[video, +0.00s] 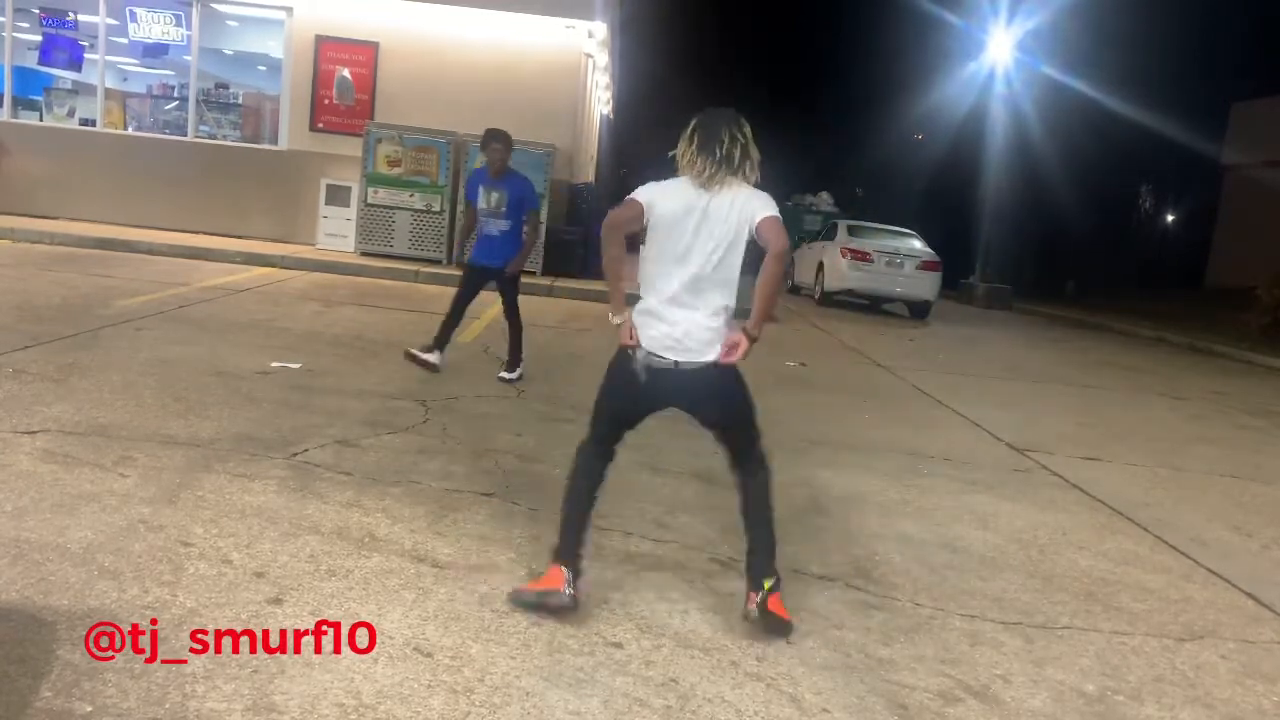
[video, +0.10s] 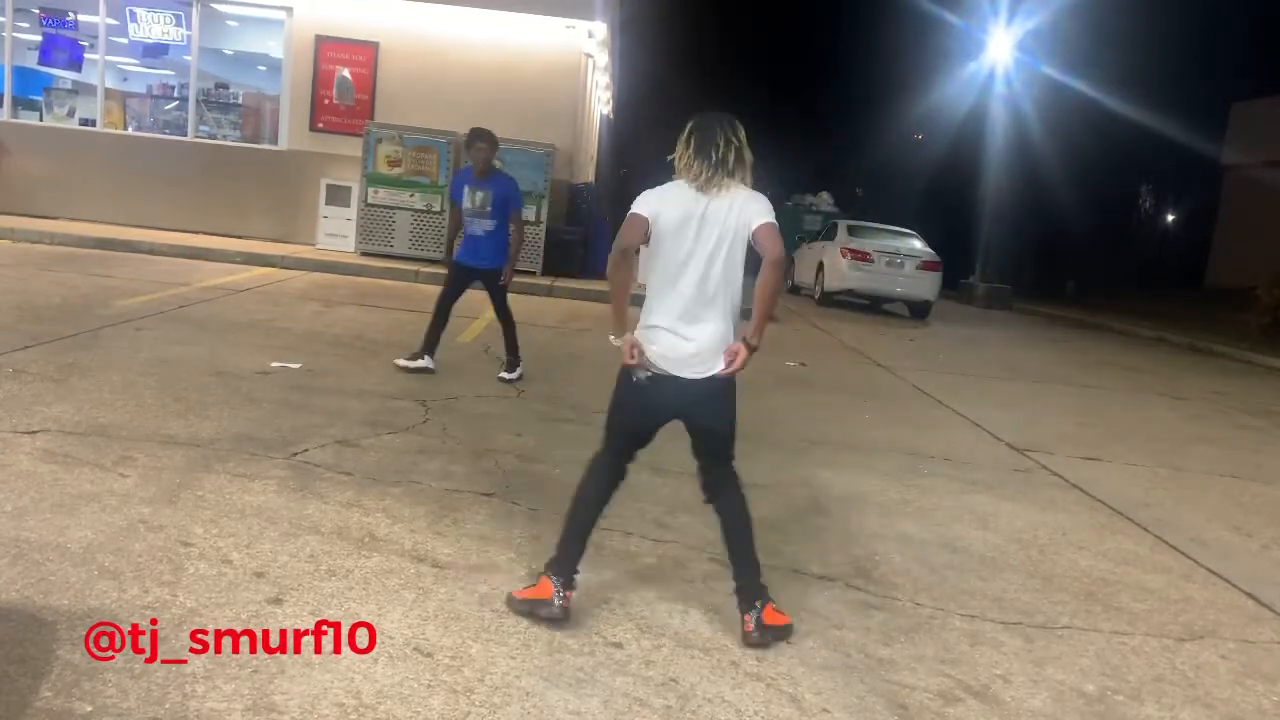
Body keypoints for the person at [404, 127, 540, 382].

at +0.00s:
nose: (497, 156)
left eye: (502, 151)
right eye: (493, 151)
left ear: (510, 154)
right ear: (484, 153)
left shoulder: (522, 185)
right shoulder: (475, 179)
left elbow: (533, 228)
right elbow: (470, 217)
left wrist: (520, 259)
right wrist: (459, 247)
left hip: (508, 260)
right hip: (481, 256)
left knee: (511, 312)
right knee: (460, 301)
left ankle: (514, 365)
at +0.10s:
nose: (482, 156)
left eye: (487, 151)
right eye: (477, 150)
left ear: (495, 153)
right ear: (469, 152)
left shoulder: (507, 184)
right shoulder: (460, 179)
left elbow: (518, 228)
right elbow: (455, 217)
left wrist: (511, 264)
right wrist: (449, 252)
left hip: (494, 261)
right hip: (466, 256)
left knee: (502, 311)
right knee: (443, 303)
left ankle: (513, 363)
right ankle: (426, 356)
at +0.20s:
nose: (467, 152)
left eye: (472, 147)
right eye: (462, 147)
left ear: (479, 151)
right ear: (452, 149)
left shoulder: (490, 183)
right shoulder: (445, 178)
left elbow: (502, 224)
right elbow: (443, 219)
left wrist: (501, 264)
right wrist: (434, 253)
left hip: (478, 260)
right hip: (449, 256)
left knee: (485, 309)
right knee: (428, 302)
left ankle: (509, 361)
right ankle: (423, 356)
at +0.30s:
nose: (450, 145)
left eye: (454, 140)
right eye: (445, 140)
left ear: (462, 143)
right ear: (436, 142)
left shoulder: (473, 176)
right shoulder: (427, 171)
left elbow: (485, 220)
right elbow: (424, 211)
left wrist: (483, 260)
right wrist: (413, 245)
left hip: (459, 253)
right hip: (432, 250)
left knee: (455, 303)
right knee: (422, 301)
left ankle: (480, 352)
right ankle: (423, 354)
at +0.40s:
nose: (439, 141)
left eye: (444, 136)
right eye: (434, 135)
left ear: (452, 139)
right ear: (426, 138)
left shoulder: (464, 172)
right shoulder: (416, 166)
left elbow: (474, 215)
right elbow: (409, 208)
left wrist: (468, 249)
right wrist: (398, 246)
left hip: (449, 247)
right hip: (422, 245)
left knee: (437, 298)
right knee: (419, 299)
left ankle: (449, 359)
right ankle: (422, 355)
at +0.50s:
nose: (428, 140)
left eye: (433, 135)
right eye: (423, 134)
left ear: (439, 138)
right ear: (412, 136)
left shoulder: (450, 170)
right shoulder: (400, 164)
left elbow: (458, 214)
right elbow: (391, 207)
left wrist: (451, 250)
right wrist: (381, 246)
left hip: (435, 246)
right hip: (408, 244)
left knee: (415, 301)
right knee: (411, 301)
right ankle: (422, 354)